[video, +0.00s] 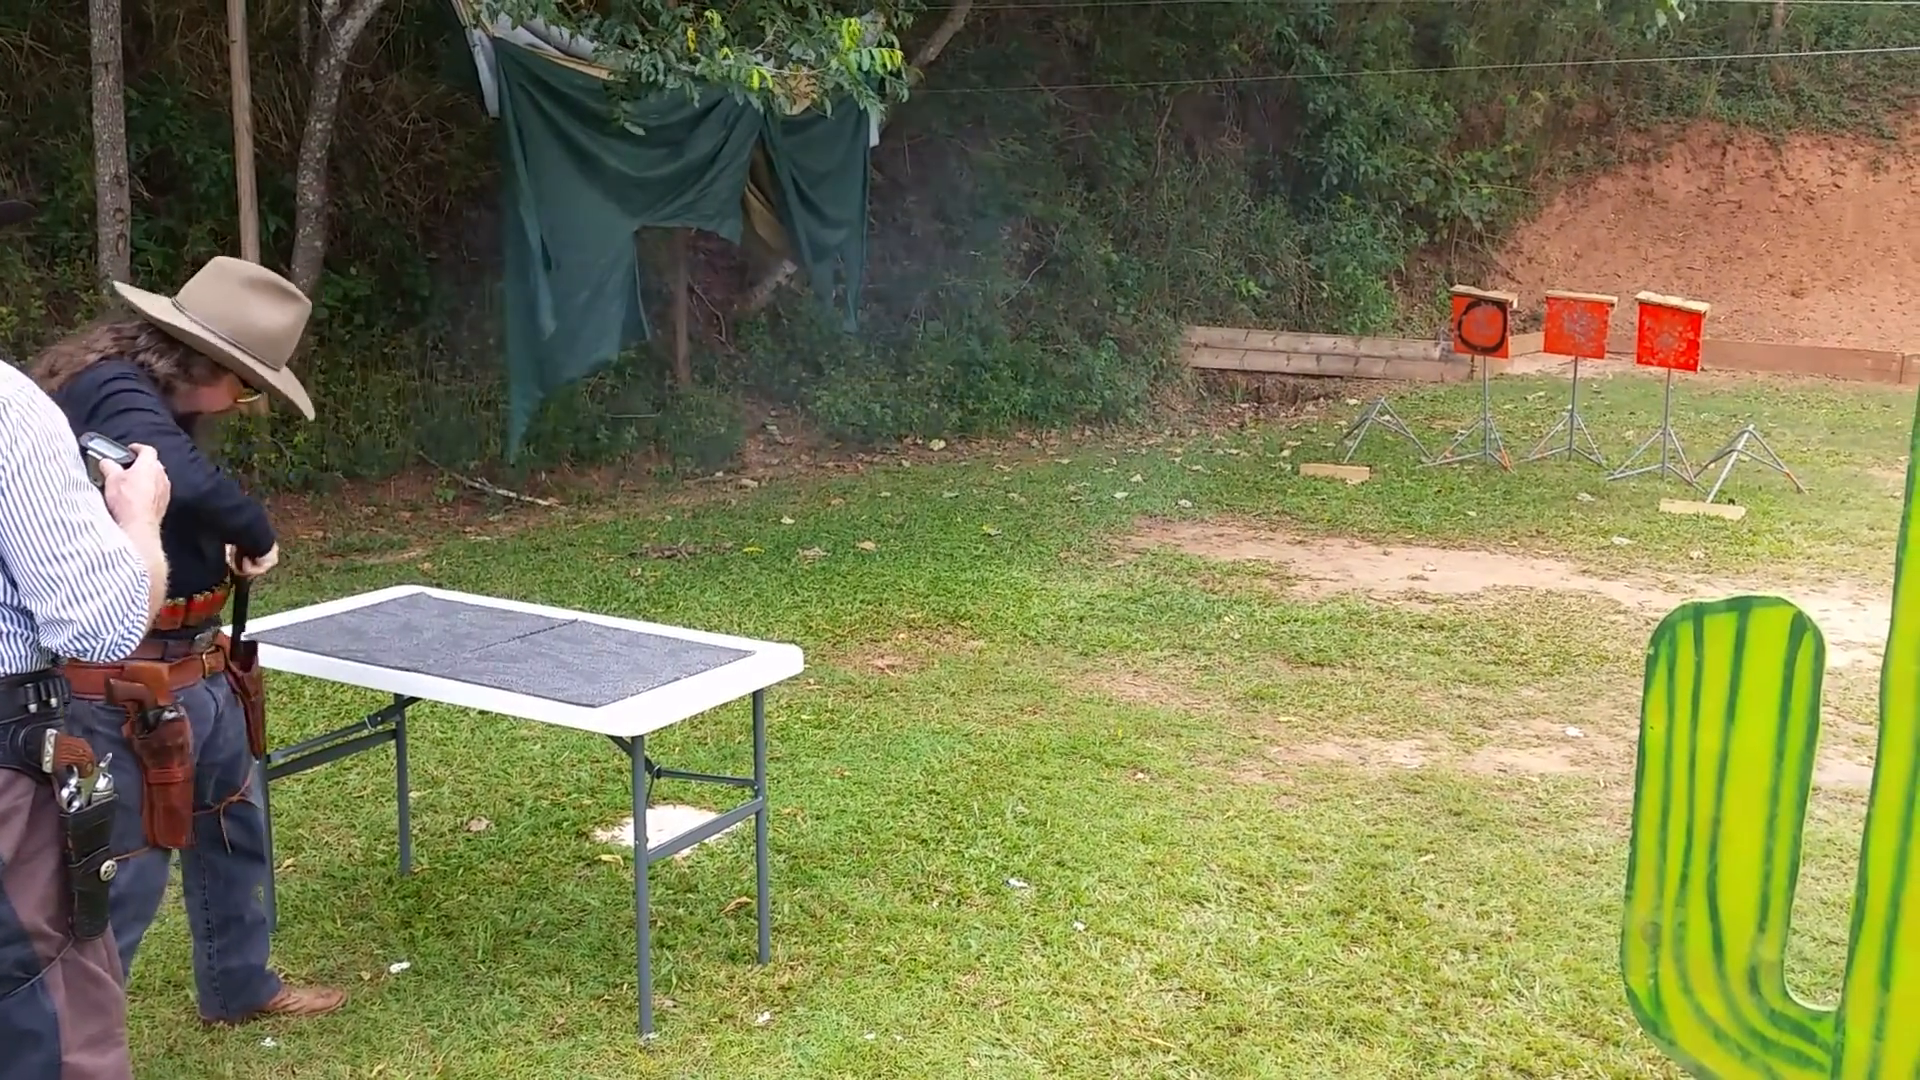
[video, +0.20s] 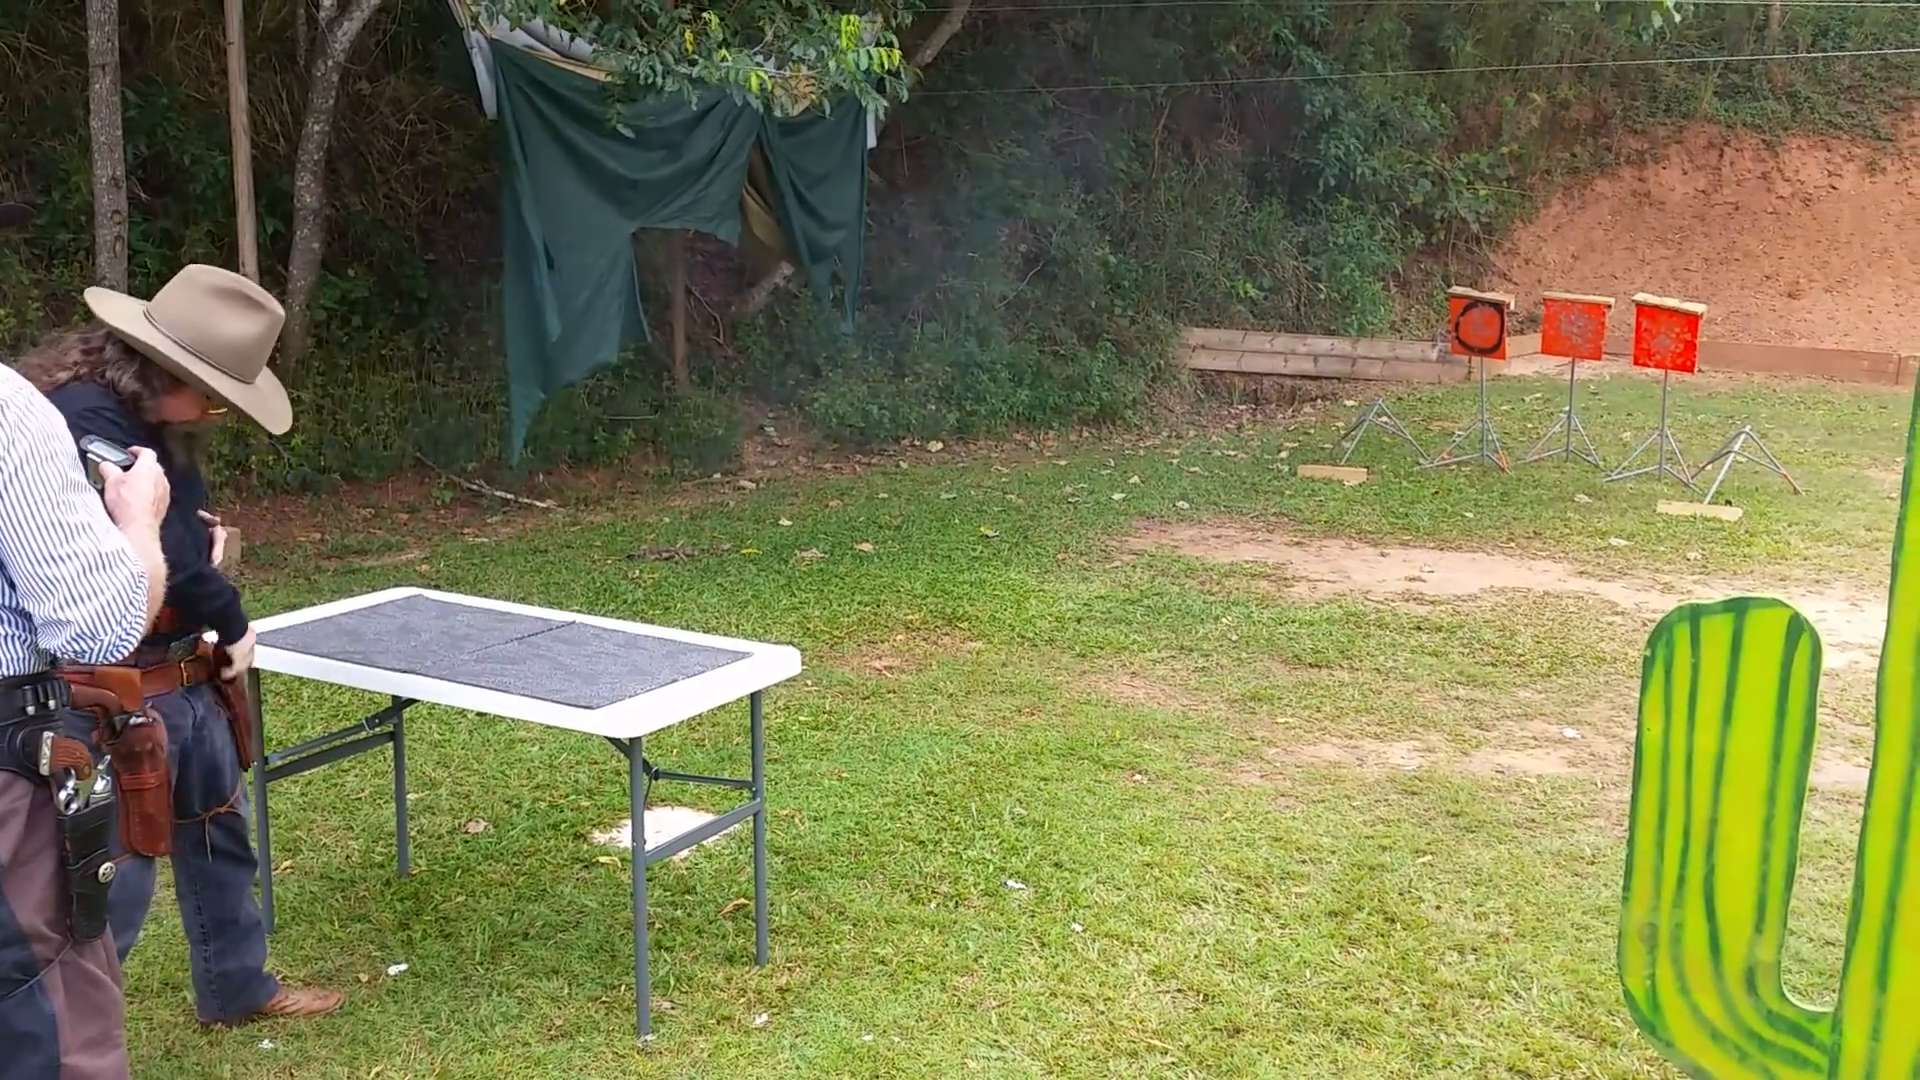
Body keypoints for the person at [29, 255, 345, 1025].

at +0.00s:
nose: (236, 404)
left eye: (244, 392)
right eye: (238, 387)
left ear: (186, 351)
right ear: (207, 365)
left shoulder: (144, 393)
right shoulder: (120, 392)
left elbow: (157, 529)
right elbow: (188, 484)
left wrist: (225, 552)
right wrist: (258, 533)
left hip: (190, 659)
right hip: (114, 670)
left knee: (231, 821)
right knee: (126, 869)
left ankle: (238, 987)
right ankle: (78, 1022)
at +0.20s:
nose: (213, 413)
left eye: (220, 401)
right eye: (212, 398)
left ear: (160, 363)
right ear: (177, 378)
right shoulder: (121, 438)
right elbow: (174, 559)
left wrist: (204, 534)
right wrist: (233, 622)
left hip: (178, 670)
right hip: (112, 680)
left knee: (216, 833)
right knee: (117, 869)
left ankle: (236, 987)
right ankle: (72, 1007)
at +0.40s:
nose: (208, 417)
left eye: (214, 405)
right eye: (208, 402)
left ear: (163, 370)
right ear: (173, 384)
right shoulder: (83, 441)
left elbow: (140, 514)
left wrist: (190, 533)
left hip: (175, 666)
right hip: (112, 686)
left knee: (220, 828)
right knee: (127, 873)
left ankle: (235, 989)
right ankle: (66, 1021)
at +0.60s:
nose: (226, 379)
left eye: (228, 365)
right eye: (221, 364)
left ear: (167, 354)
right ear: (178, 360)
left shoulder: (158, 420)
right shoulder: (90, 421)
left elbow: (145, 513)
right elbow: (79, 541)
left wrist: (197, 539)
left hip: (165, 661)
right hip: (98, 679)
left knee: (212, 823)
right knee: (132, 867)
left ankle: (235, 988)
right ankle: (66, 1025)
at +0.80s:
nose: (224, 358)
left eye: (225, 344)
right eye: (217, 344)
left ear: (148, 338)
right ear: (177, 347)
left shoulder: (134, 404)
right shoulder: (122, 407)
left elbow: (169, 509)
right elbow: (160, 518)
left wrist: (238, 508)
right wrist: (240, 522)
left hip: (168, 667)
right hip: (120, 678)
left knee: (213, 836)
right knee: (131, 879)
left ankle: (236, 993)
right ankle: (63, 1032)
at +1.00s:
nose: (232, 351)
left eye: (230, 337)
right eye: (224, 338)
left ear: (144, 344)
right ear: (188, 348)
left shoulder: (98, 407)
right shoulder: (172, 421)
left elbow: (228, 443)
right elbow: (287, 472)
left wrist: (320, 413)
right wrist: (364, 439)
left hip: (145, 660)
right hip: (134, 671)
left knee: (211, 825)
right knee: (136, 865)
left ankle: (236, 992)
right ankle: (76, 1032)